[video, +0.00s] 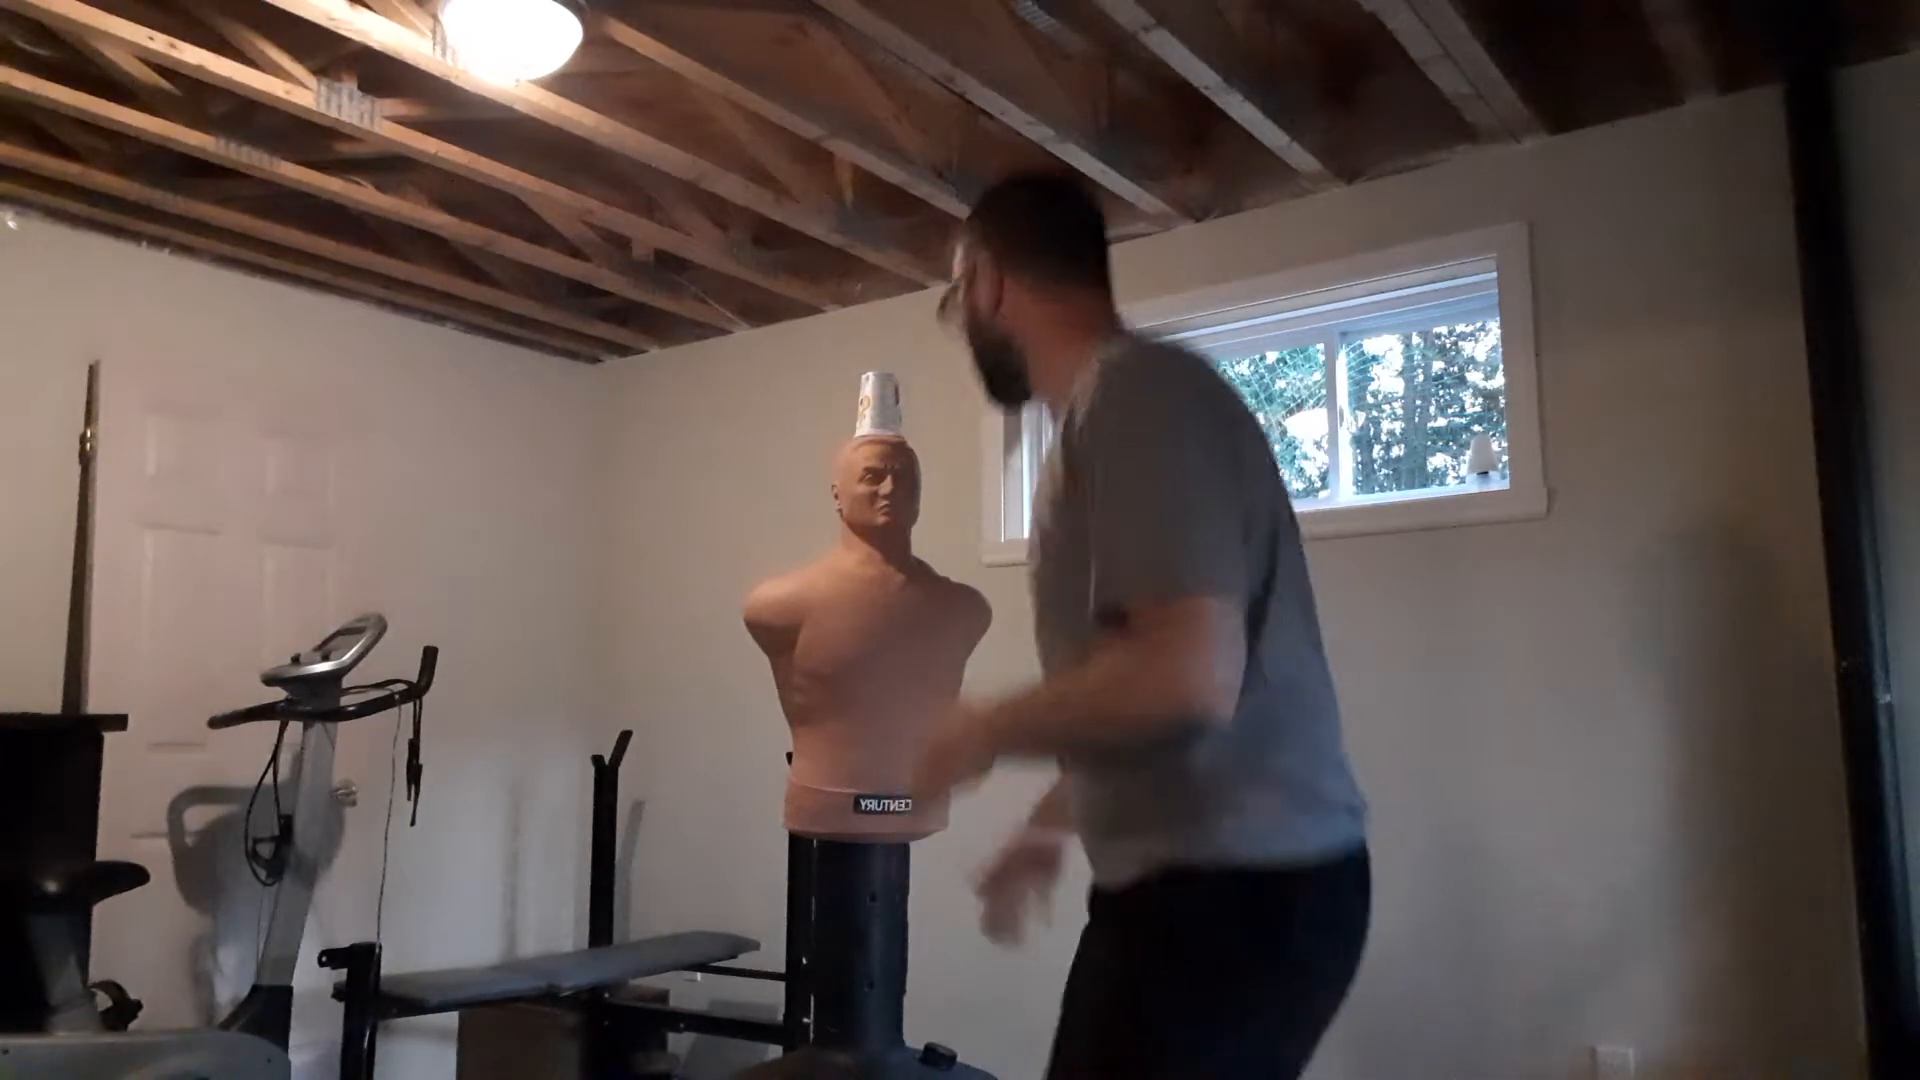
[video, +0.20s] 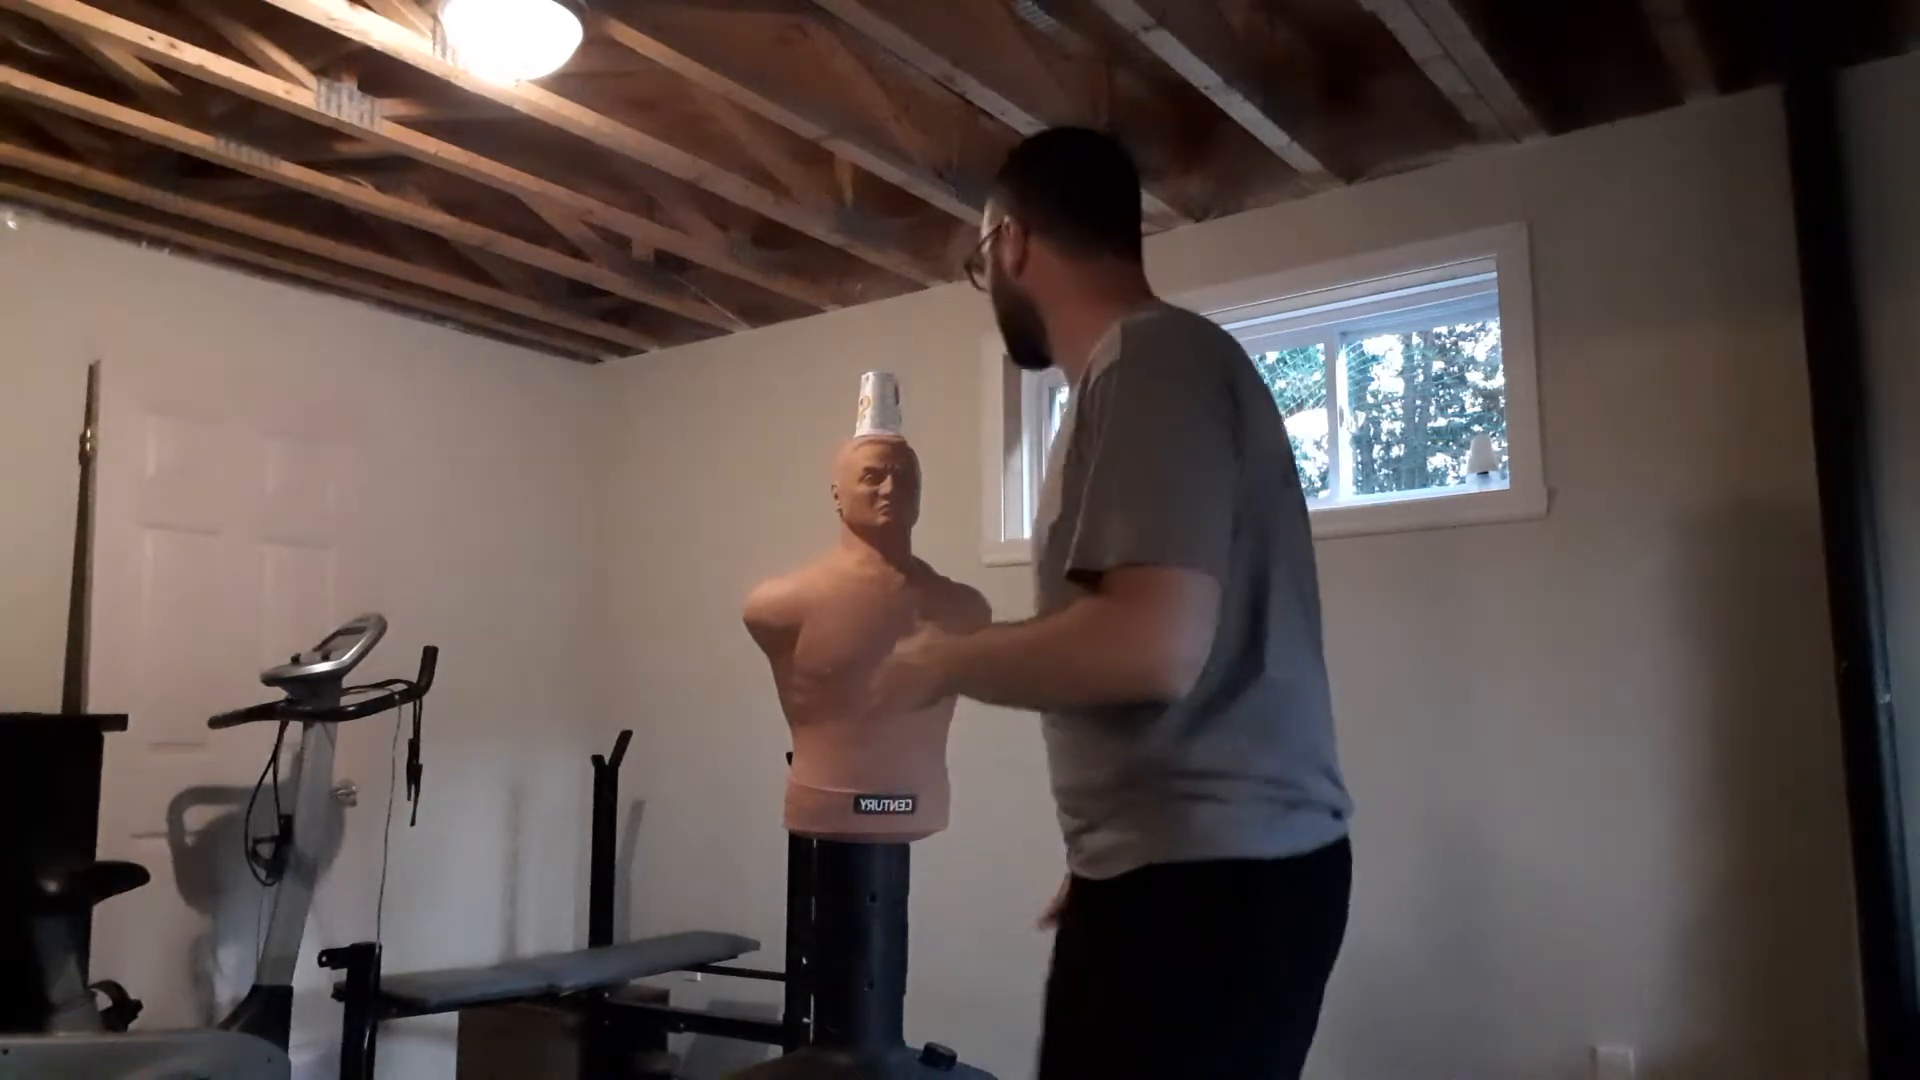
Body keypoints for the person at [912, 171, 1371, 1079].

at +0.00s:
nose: (960, 319)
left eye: (960, 287)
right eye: (958, 293)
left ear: (993, 279)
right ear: (1087, 265)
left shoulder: (1142, 392)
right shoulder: (1103, 418)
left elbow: (1191, 669)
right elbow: (1134, 671)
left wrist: (986, 729)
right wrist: (1053, 822)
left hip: (1232, 893)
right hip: (1180, 888)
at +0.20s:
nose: (987, 279)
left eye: (986, 249)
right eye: (985, 255)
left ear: (1014, 241)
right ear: (1121, 231)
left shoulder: (1157, 358)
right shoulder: (1148, 373)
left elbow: (1154, 638)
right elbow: (1188, 662)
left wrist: (950, 658)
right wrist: (1103, 853)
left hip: (1205, 877)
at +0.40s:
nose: (966, 282)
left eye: (965, 254)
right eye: (963, 259)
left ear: (997, 251)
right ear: (1102, 243)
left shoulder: (1161, 374)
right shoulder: (1102, 408)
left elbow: (1170, 634)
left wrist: (954, 680)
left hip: (1208, 873)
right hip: (1141, 869)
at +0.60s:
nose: (940, 336)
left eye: (939, 309)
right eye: (938, 314)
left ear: (971, 301)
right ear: (1059, 289)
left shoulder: (1121, 412)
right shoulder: (1075, 432)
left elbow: (1174, 669)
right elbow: (1103, 661)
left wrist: (971, 727)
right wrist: (988, 748)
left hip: (1186, 880)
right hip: (1124, 875)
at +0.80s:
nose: (941, 419)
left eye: (935, 396)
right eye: (936, 400)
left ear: (954, 381)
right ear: (1059, 368)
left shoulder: (1030, 455)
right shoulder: (1166, 465)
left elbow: (1073, 691)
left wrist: (953, 770)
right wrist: (1008, 757)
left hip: (1163, 929)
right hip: (1270, 916)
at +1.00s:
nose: (941, 340)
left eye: (939, 311)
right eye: (939, 315)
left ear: (968, 301)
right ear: (1065, 289)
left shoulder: (1106, 411)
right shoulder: (1107, 415)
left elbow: (1111, 685)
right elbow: (1114, 671)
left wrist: (928, 696)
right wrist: (940, 693)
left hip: (1196, 902)